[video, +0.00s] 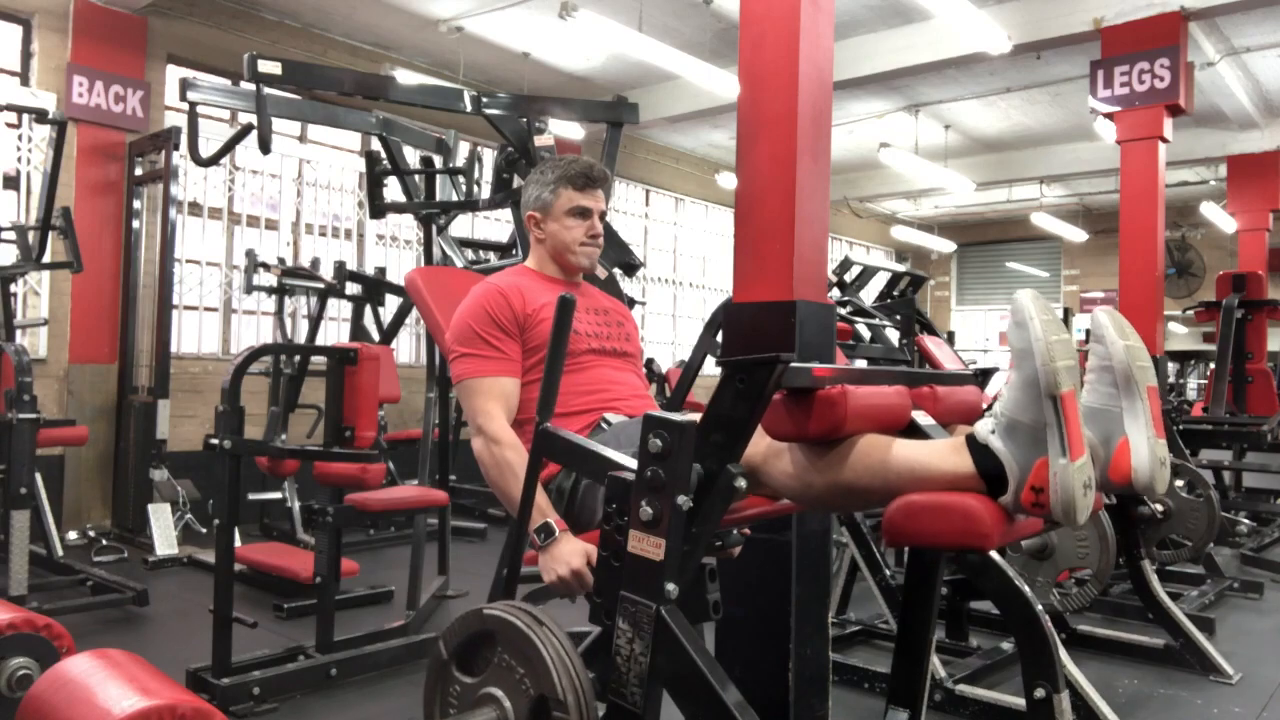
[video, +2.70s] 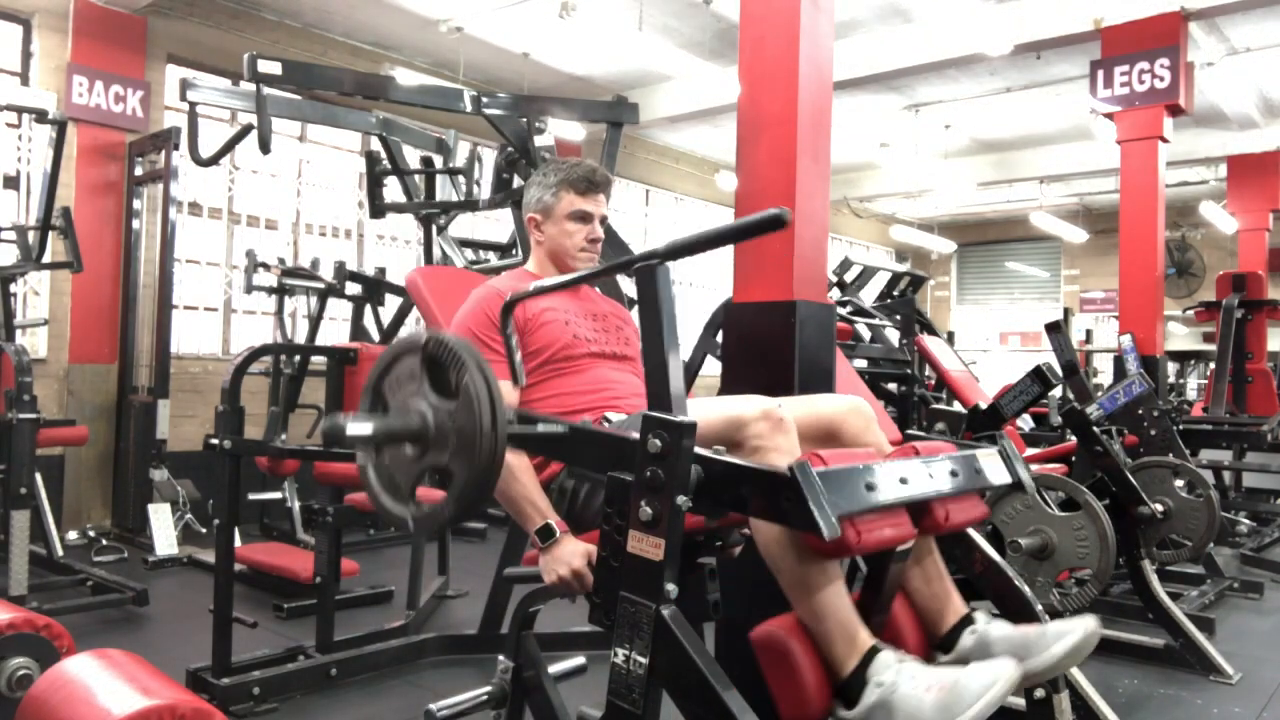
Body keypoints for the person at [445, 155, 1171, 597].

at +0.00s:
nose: (594, 231)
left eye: (599, 219)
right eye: (578, 216)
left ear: (598, 225)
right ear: (533, 220)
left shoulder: (609, 306)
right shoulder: (495, 298)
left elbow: (644, 397)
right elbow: (488, 430)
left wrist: (711, 428)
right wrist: (549, 531)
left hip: (662, 440)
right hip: (587, 461)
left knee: (826, 449)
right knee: (771, 454)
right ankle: (991, 455)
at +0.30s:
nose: (591, 235)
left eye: (597, 223)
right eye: (576, 221)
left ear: (599, 228)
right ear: (532, 222)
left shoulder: (603, 301)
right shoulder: (493, 302)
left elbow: (638, 399)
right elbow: (491, 437)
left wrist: (716, 408)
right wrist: (550, 532)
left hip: (656, 435)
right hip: (582, 462)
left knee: (837, 438)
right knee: (765, 435)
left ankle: (1065, 512)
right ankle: (977, 541)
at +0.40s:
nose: (595, 232)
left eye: (600, 220)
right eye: (578, 218)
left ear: (600, 229)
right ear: (533, 224)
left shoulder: (610, 307)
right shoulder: (496, 300)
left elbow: (652, 400)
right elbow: (487, 433)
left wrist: (742, 411)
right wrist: (552, 534)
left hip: (657, 444)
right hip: (590, 461)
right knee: (783, 423)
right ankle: (956, 584)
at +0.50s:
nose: (592, 236)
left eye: (598, 223)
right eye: (577, 221)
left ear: (598, 224)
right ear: (532, 224)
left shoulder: (597, 297)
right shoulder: (497, 299)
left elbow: (634, 388)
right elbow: (490, 427)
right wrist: (554, 531)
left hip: (655, 430)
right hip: (589, 456)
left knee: (844, 411)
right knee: (778, 420)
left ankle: (993, 585)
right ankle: (918, 628)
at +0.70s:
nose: (594, 229)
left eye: (599, 218)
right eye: (578, 216)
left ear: (599, 227)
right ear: (533, 223)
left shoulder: (608, 303)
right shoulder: (499, 297)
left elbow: (646, 403)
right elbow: (488, 427)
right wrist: (553, 536)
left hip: (661, 441)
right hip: (586, 465)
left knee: (850, 419)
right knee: (761, 424)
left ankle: (938, 636)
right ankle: (842, 679)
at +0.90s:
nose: (596, 227)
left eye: (598, 216)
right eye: (580, 215)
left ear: (595, 229)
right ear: (534, 227)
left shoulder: (611, 305)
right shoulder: (504, 294)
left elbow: (645, 397)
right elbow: (489, 433)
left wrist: (703, 431)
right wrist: (551, 538)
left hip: (650, 446)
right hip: (583, 468)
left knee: (849, 422)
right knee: (755, 419)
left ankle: (881, 644)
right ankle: (773, 676)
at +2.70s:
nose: (593, 235)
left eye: (600, 224)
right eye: (578, 221)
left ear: (601, 229)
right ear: (533, 222)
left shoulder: (611, 302)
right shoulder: (495, 300)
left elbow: (656, 399)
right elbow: (489, 427)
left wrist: (728, 413)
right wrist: (553, 536)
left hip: (665, 436)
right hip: (586, 457)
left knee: (851, 416)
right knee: (762, 428)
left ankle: (958, 632)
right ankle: (863, 677)